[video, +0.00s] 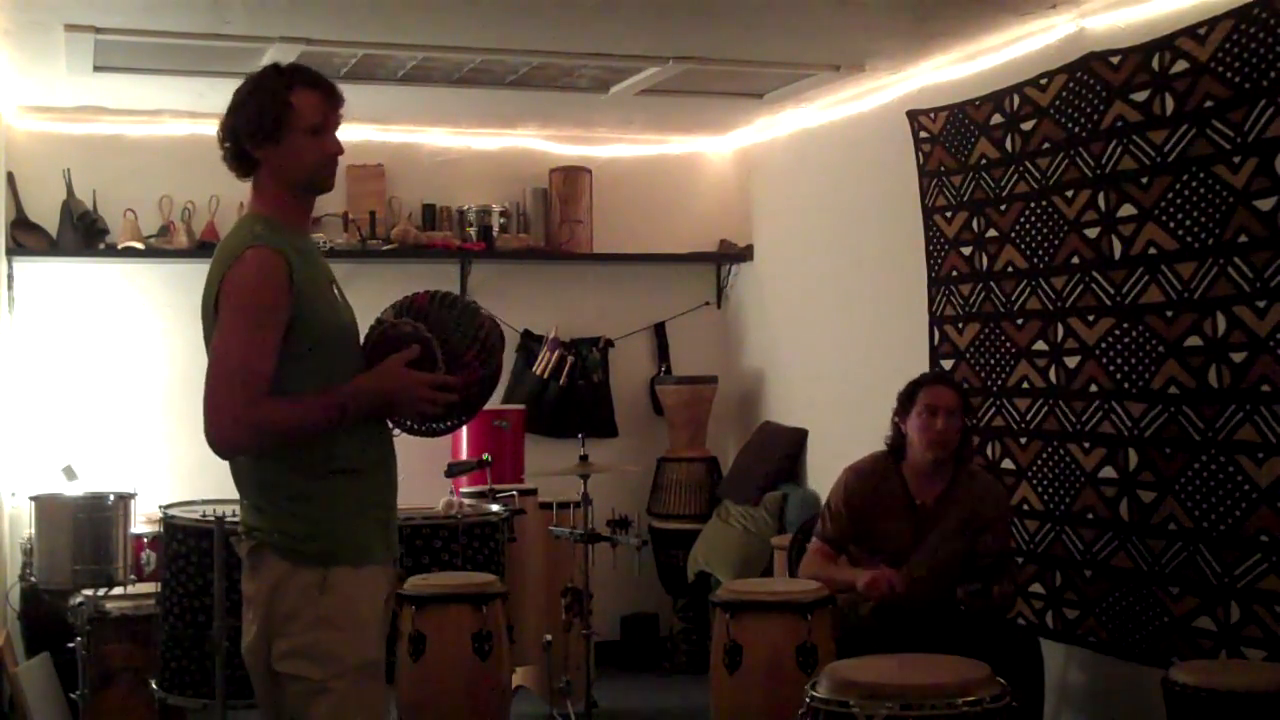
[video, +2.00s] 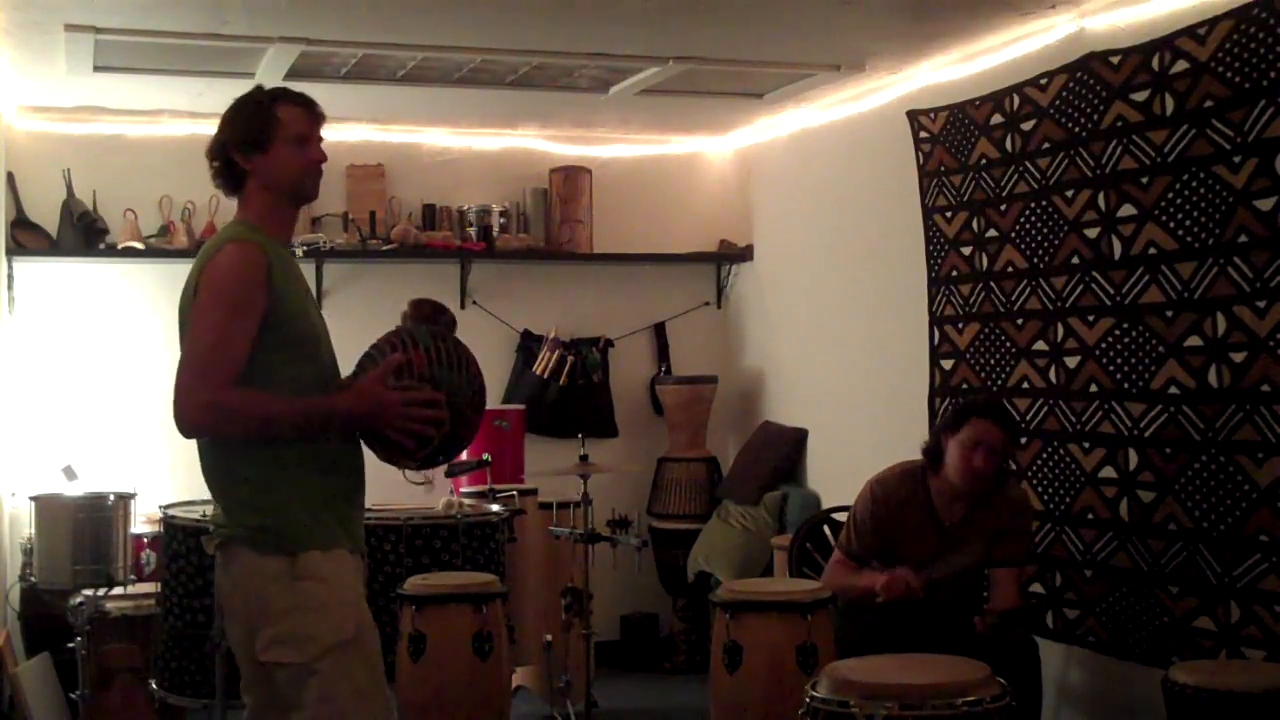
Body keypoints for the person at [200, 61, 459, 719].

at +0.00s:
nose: (338, 146)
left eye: (336, 130)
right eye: (321, 131)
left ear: (273, 145)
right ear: (266, 143)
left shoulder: (296, 251)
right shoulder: (260, 256)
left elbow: (300, 393)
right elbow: (231, 425)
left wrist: (380, 369)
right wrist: (369, 395)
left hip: (340, 559)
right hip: (310, 566)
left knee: (350, 705)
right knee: (328, 707)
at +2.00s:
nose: (322, 155)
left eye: (320, 141)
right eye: (304, 142)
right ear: (250, 156)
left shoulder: (270, 259)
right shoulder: (240, 258)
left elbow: (275, 403)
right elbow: (196, 407)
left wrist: (365, 386)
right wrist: (348, 406)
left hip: (303, 554)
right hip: (288, 561)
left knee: (295, 707)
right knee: (338, 706)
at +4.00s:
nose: (524, 130)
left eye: (518, 115)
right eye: (505, 117)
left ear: (454, 141)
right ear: (448, 137)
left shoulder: (465, 246)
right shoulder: (450, 255)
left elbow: (493, 406)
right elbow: (426, 436)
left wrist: (602, 414)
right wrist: (569, 494)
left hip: (515, 566)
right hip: (466, 579)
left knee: (568, 710)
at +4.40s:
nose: (611, 140)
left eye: (608, 125)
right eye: (595, 123)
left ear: (550, 140)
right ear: (540, 136)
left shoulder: (548, 248)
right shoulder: (516, 242)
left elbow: (603, 371)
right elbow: (555, 403)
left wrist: (709, 348)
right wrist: (713, 393)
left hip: (583, 563)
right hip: (516, 572)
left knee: (615, 712)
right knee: (509, 710)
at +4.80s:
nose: (681, 146)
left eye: (678, 131)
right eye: (666, 130)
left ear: (624, 148)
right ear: (612, 144)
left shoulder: (638, 257)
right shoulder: (579, 253)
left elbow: (635, 395)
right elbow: (546, 405)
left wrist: (714, 417)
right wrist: (697, 418)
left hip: (665, 544)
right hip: (603, 554)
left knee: (695, 705)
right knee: (626, 708)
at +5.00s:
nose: (702, 157)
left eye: (701, 143)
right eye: (688, 141)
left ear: (645, 151)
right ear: (636, 148)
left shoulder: (664, 261)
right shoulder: (597, 254)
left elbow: (663, 404)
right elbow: (549, 408)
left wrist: (751, 418)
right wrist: (682, 464)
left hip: (682, 548)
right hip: (620, 557)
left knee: (704, 710)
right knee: (642, 710)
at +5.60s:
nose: (736, 204)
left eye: (734, 187)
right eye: (725, 186)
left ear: (675, 197)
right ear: (672, 194)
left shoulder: (632, 276)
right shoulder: (634, 285)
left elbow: (657, 409)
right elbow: (631, 468)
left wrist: (761, 391)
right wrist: (750, 429)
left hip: (536, 538)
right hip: (531, 548)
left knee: (633, 702)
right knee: (623, 707)